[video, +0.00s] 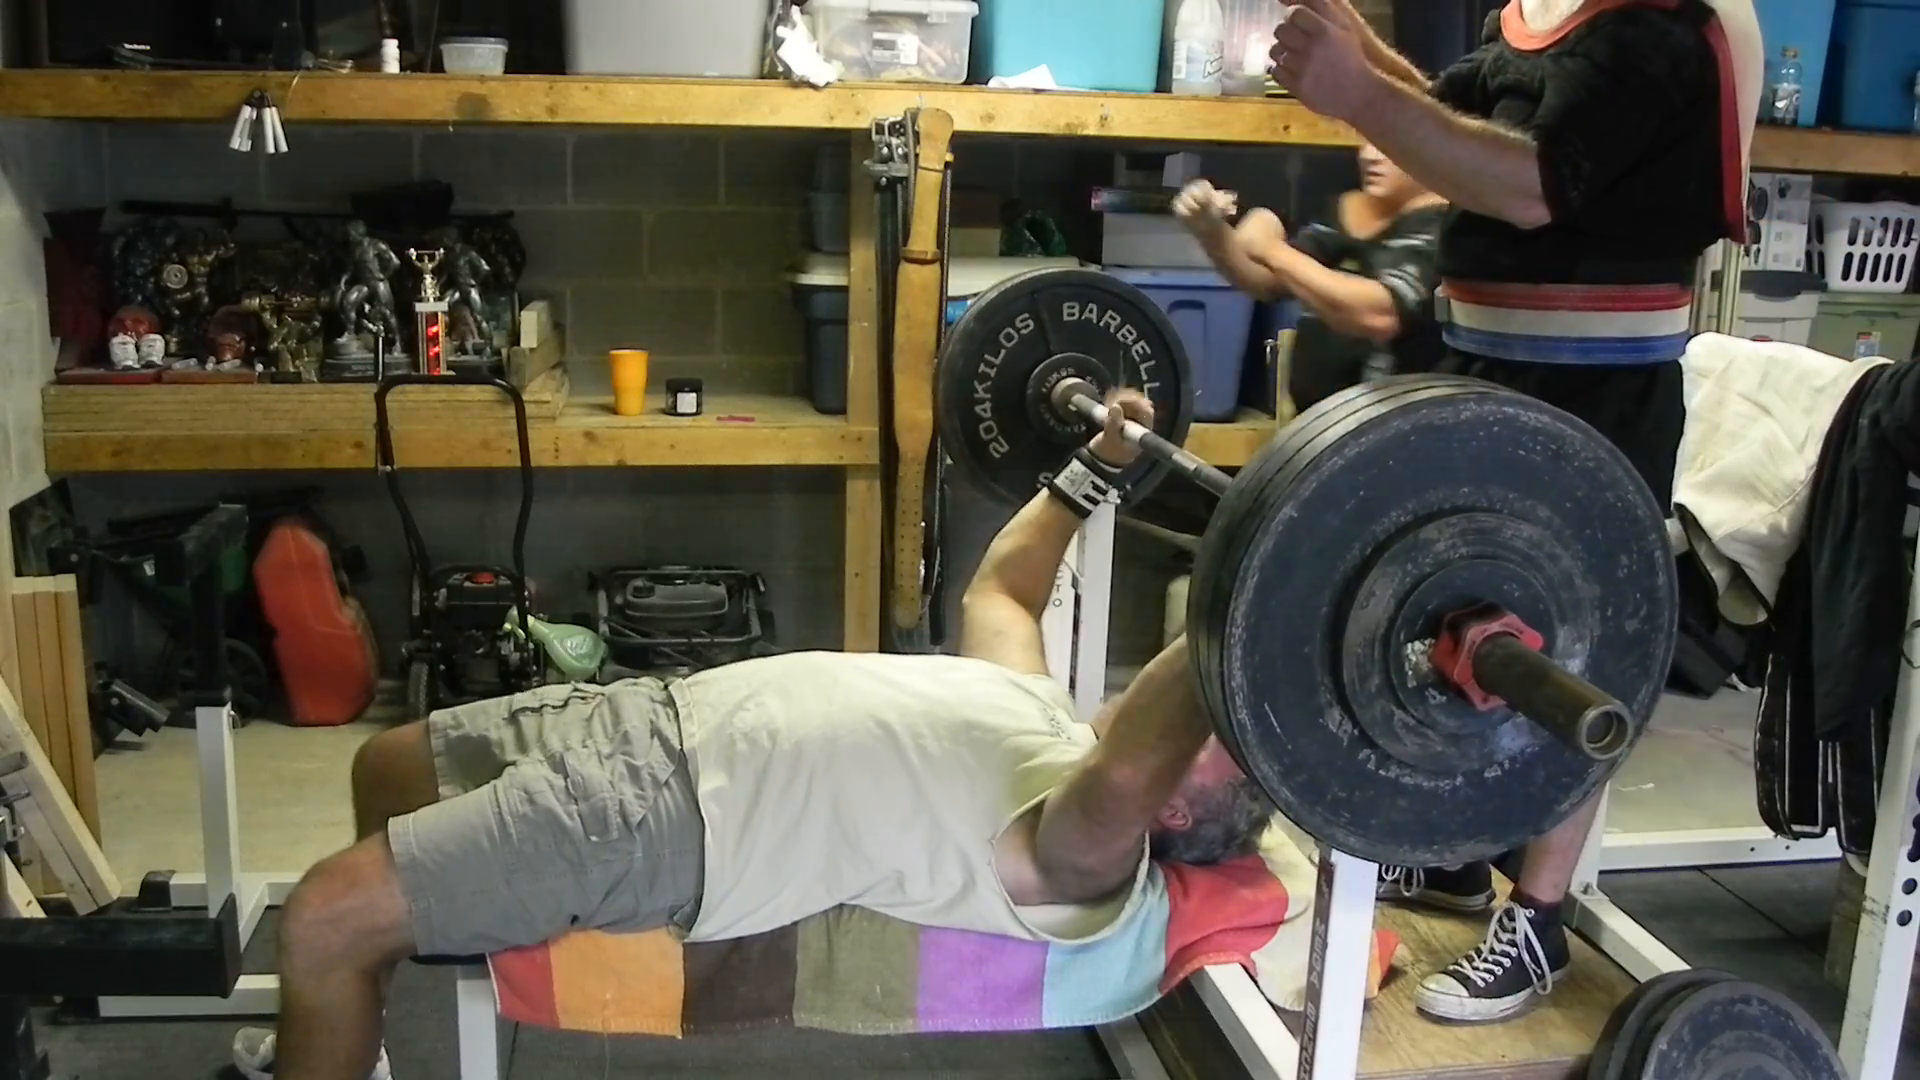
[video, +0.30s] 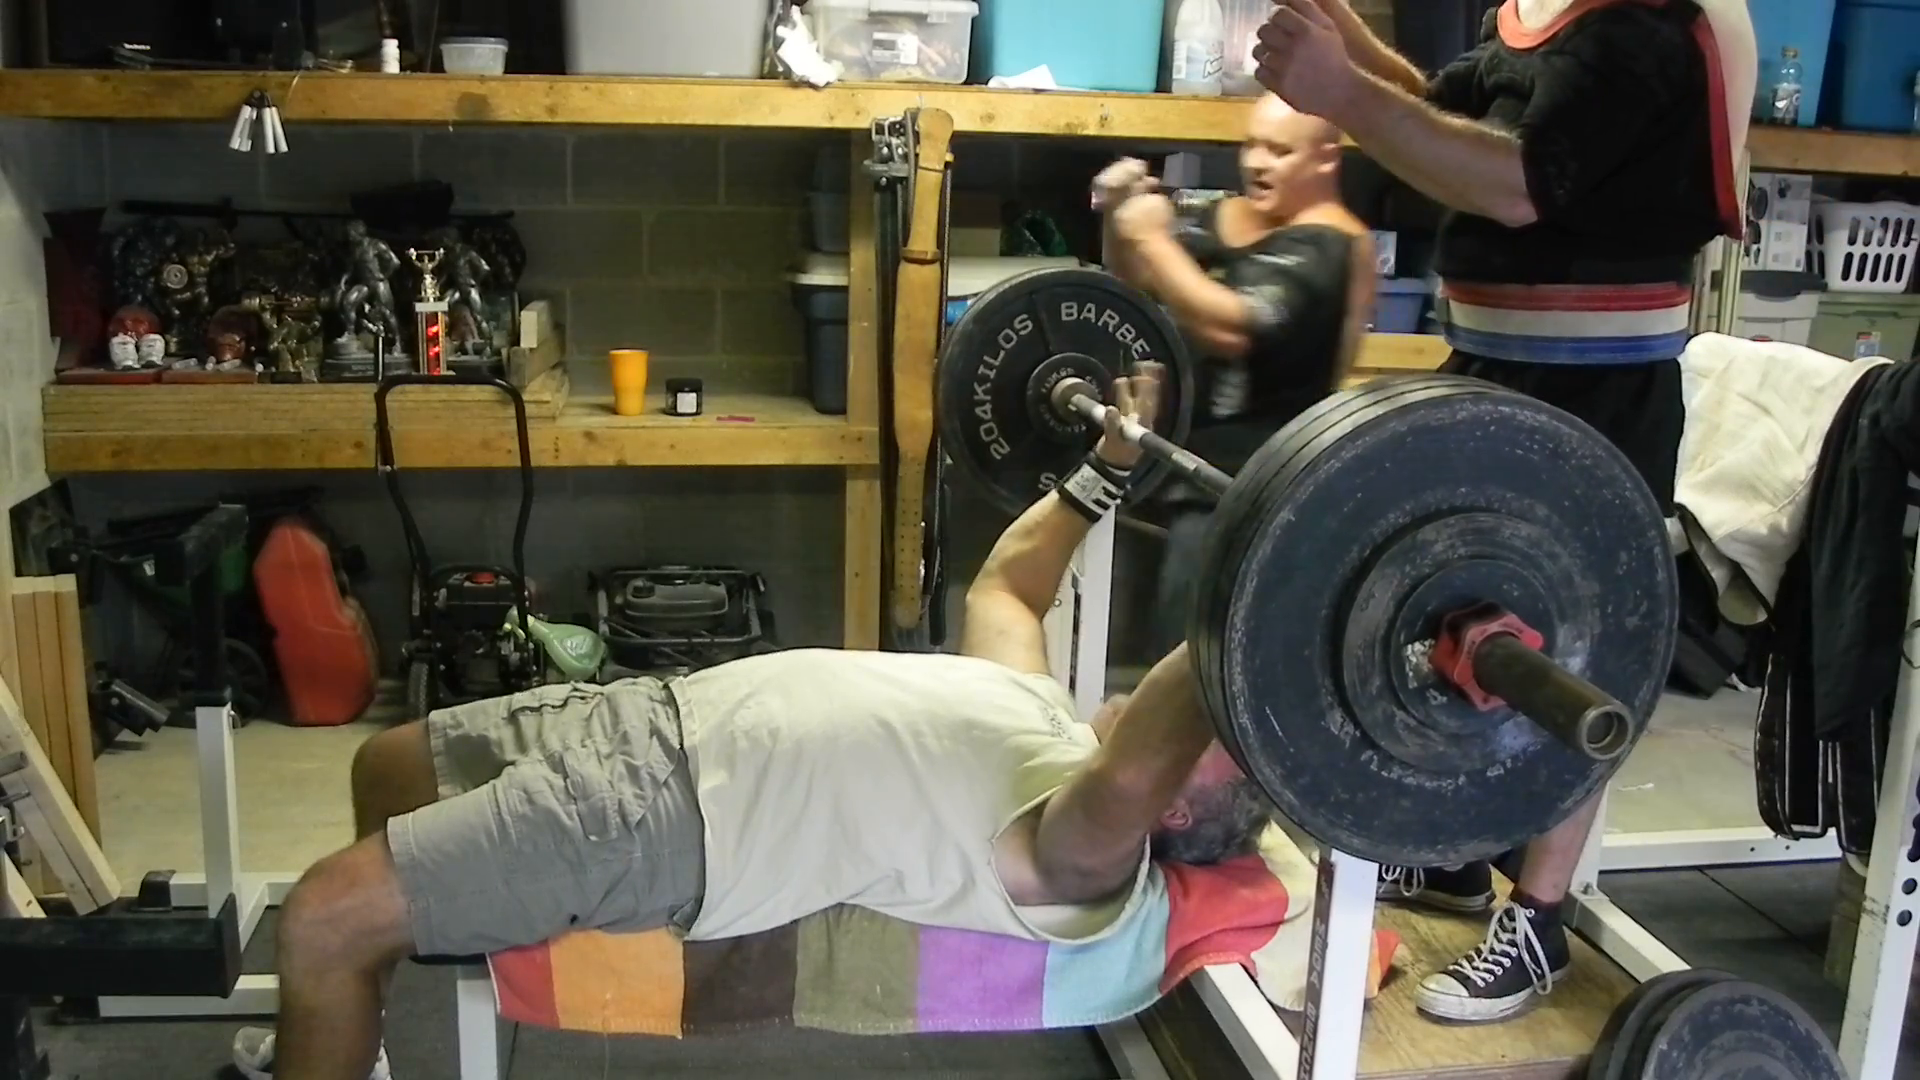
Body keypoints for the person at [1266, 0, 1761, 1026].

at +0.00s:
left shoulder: (1660, 30)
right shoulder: (1536, 18)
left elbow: (1530, 183)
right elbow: (1441, 113)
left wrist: (1361, 91)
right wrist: (1353, 51)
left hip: (1602, 384)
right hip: (1487, 367)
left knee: (1576, 651)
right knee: (1453, 614)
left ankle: (1535, 917)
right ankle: (1452, 847)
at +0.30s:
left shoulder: (1645, 28)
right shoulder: (1530, 14)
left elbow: (1519, 182)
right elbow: (1454, 113)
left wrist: (1347, 96)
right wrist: (1351, 48)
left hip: (1601, 382)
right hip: (1494, 366)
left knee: (1577, 653)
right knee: (1464, 617)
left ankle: (1537, 915)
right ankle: (1458, 850)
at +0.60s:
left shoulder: (1637, 25)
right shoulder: (1528, 14)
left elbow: (1506, 180)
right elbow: (1463, 121)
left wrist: (1333, 91)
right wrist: (1350, 49)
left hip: (1597, 381)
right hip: (1493, 365)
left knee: (1582, 648)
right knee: (1467, 615)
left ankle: (1538, 914)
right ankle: (1455, 845)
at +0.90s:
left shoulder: (1610, 27)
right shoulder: (1487, 14)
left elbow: (1500, 184)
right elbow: (1400, 120)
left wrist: (1309, 162)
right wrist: (1260, 39)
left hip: (1577, 382)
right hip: (1458, 365)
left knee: (1566, 646)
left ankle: (1536, 918)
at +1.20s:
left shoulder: (1511, 26)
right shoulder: (1395, 30)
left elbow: (1467, 214)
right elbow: (1306, 166)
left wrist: (1353, 377)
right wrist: (1170, 239)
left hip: (1518, 374)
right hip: (1413, 370)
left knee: (1526, 637)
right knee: (1366, 611)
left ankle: (1530, 916)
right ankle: (1332, 817)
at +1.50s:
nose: (1197, 13)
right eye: (1192, 5)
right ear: (1236, 3)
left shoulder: (1394, 41)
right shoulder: (1283, 77)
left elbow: (1408, 237)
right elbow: (1222, 226)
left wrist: (1383, 432)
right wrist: (1152, 369)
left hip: (1475, 353)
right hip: (1359, 361)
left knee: (1497, 617)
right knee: (1344, 596)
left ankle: (1505, 879)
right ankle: (1339, 807)